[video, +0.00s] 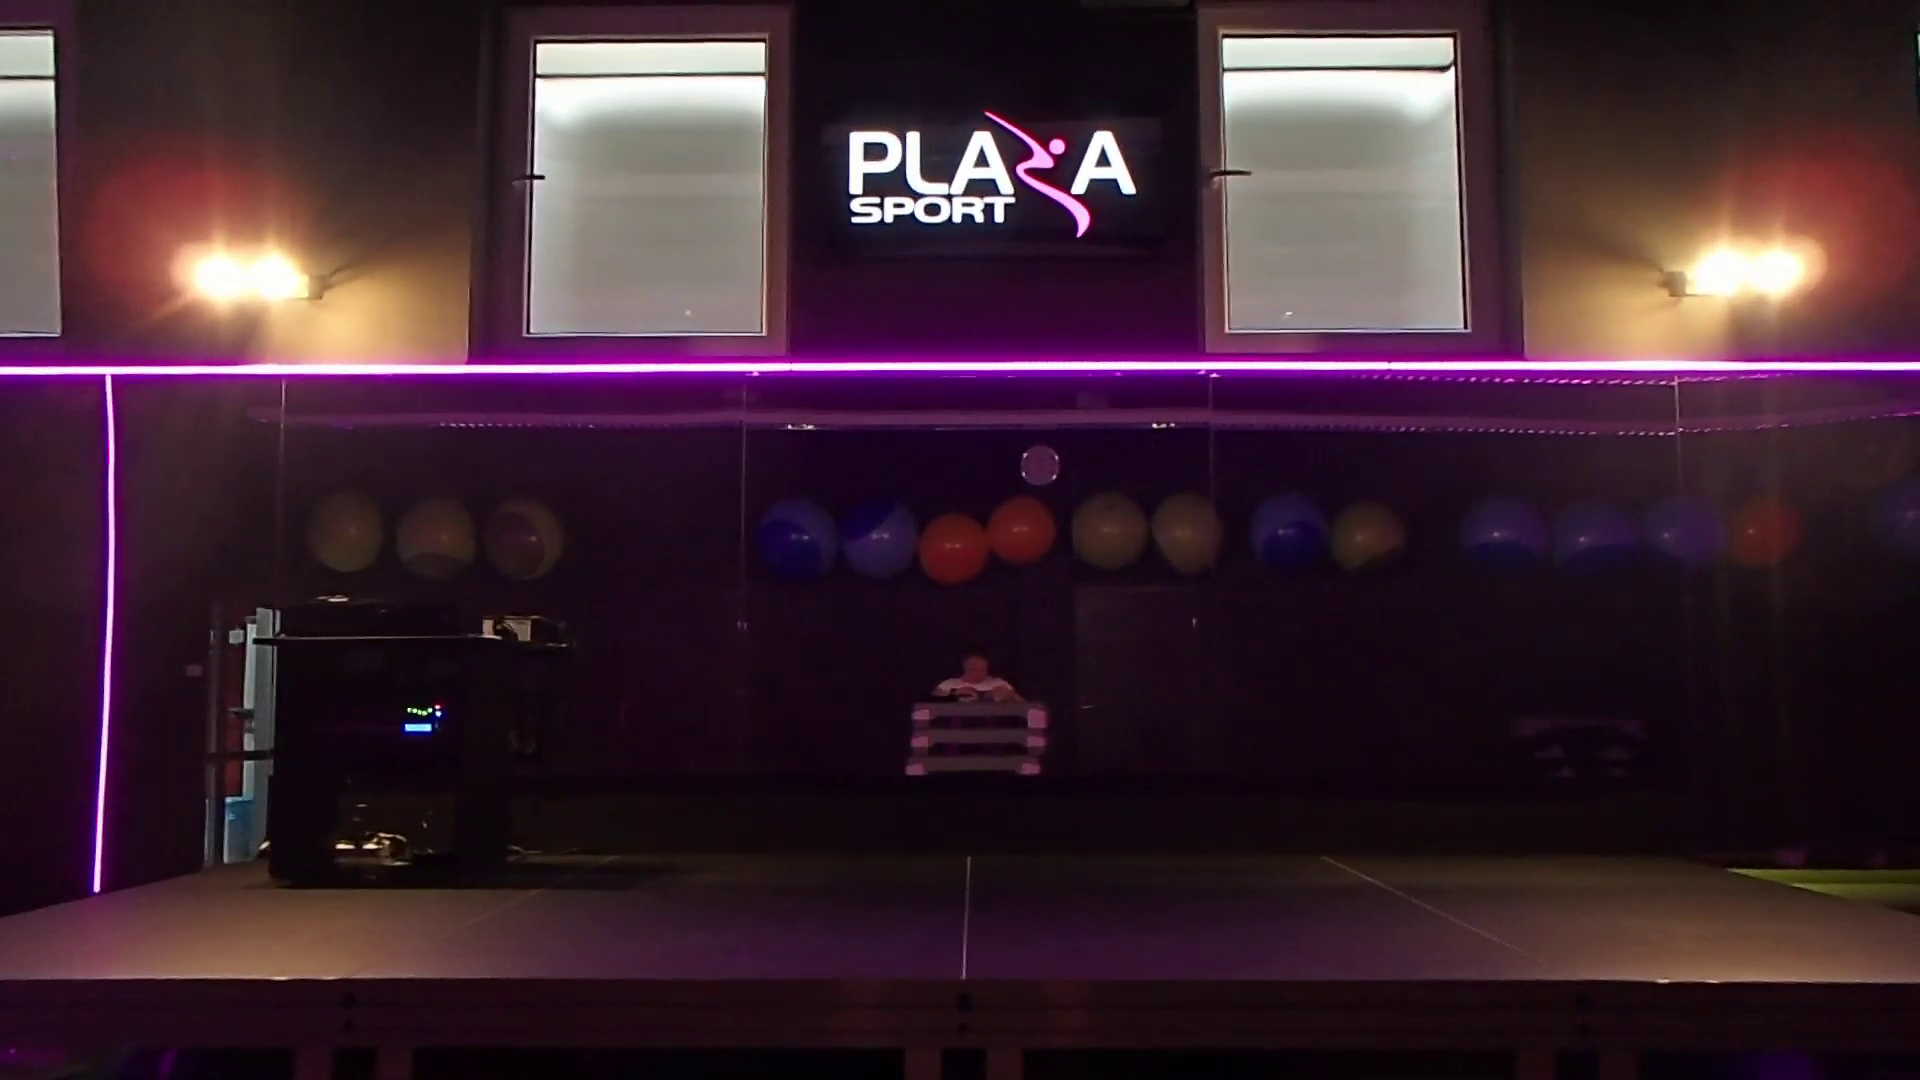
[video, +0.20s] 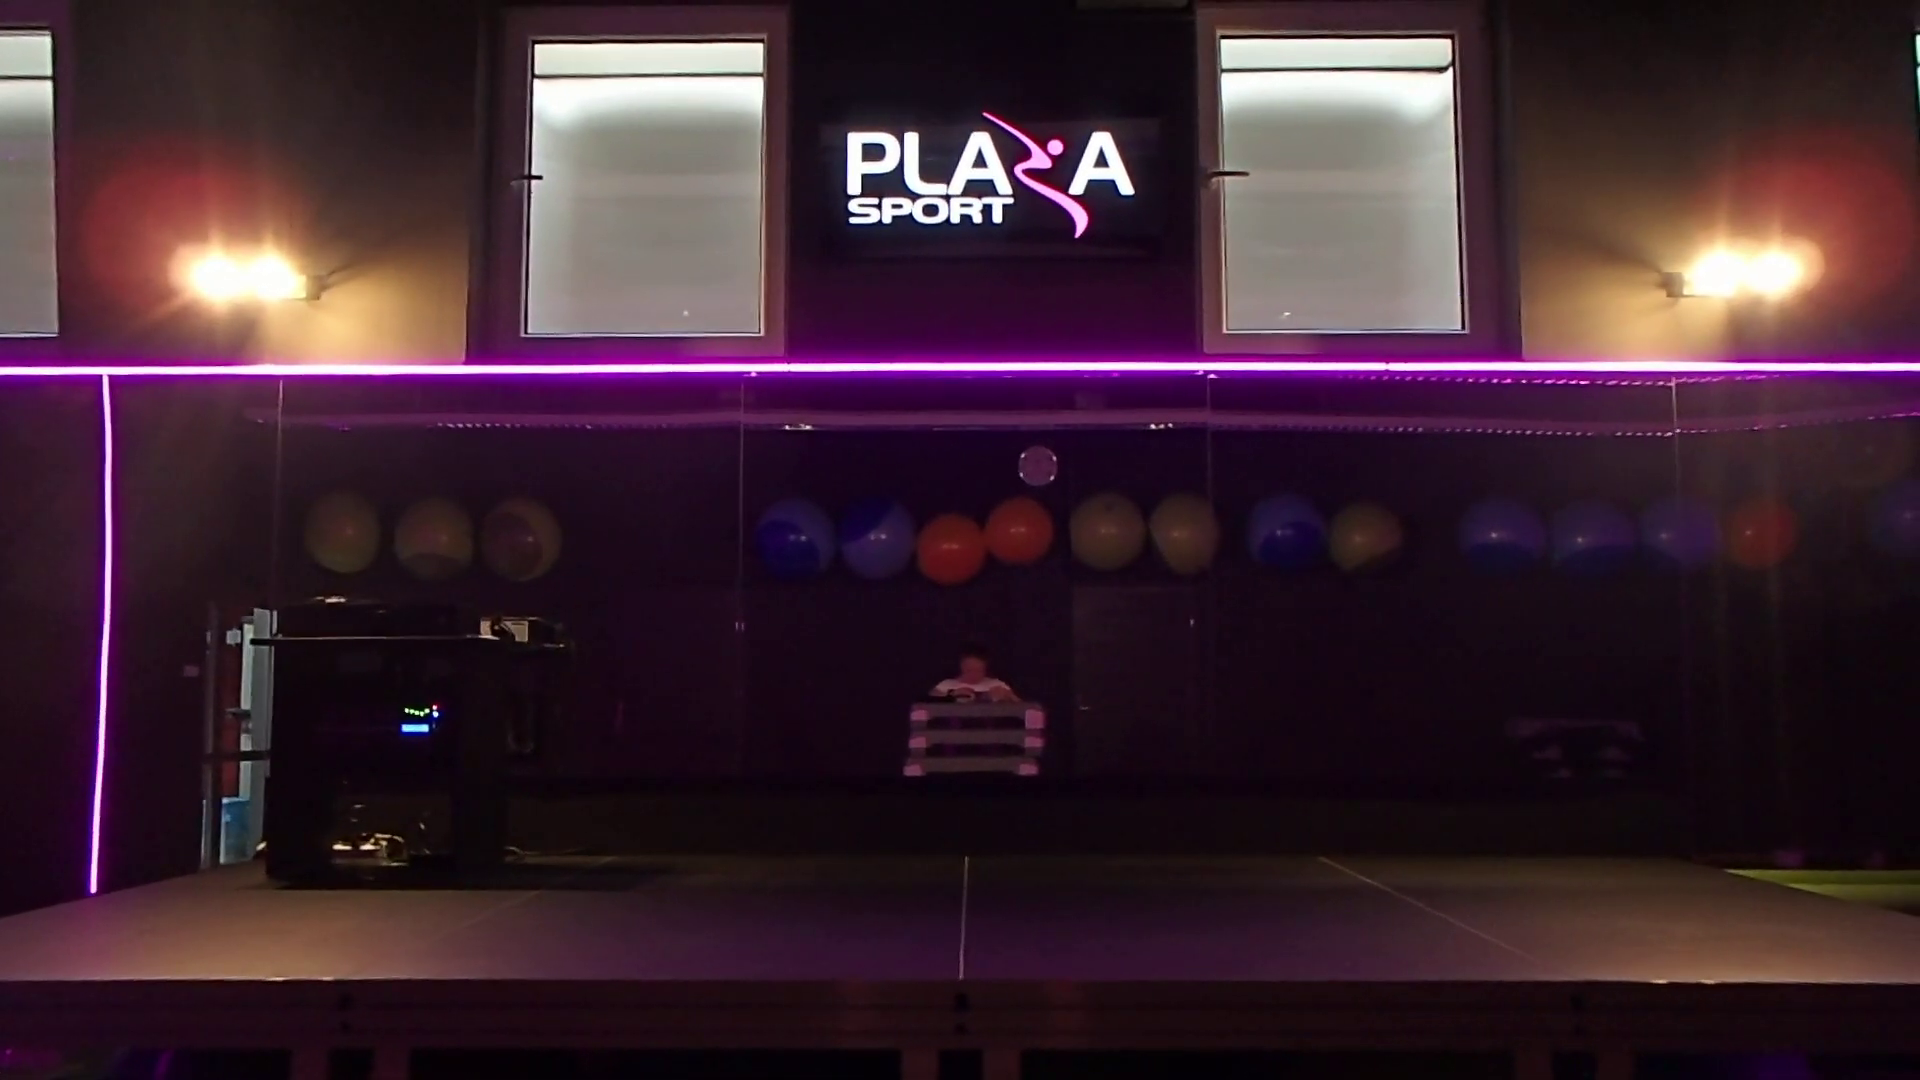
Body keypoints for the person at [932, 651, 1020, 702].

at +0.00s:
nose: (976, 673)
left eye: (980, 669)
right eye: (972, 669)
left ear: (986, 669)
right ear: (965, 669)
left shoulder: (998, 684)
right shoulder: (950, 684)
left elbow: (1022, 705)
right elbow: (934, 698)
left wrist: (1007, 695)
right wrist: (956, 694)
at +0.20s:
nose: (973, 673)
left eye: (977, 669)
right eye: (969, 668)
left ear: (984, 668)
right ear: (962, 668)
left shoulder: (996, 686)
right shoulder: (947, 685)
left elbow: (1020, 707)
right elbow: (930, 704)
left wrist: (1005, 697)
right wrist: (953, 695)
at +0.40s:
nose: (965, 672)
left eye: (969, 668)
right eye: (961, 668)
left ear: (975, 668)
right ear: (954, 667)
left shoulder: (988, 686)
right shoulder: (938, 685)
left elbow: (1011, 707)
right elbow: (922, 704)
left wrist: (997, 697)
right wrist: (944, 695)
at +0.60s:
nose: (965, 672)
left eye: (969, 668)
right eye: (961, 668)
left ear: (975, 668)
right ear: (954, 667)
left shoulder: (988, 686)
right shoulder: (938, 685)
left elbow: (1011, 707)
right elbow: (922, 704)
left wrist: (998, 697)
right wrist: (944, 694)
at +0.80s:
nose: (961, 669)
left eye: (965, 665)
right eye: (956, 665)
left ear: (971, 665)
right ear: (950, 665)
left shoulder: (981, 684)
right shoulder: (938, 683)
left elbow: (1005, 705)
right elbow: (915, 701)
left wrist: (1004, 690)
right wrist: (933, 690)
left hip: (976, 724)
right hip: (944, 724)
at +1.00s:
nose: (939, 665)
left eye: (944, 660)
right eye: (935, 660)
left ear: (952, 661)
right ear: (930, 662)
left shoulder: (971, 687)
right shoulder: (917, 688)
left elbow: (988, 719)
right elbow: (895, 717)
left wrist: (1006, 700)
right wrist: (904, 688)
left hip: (964, 747)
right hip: (925, 750)